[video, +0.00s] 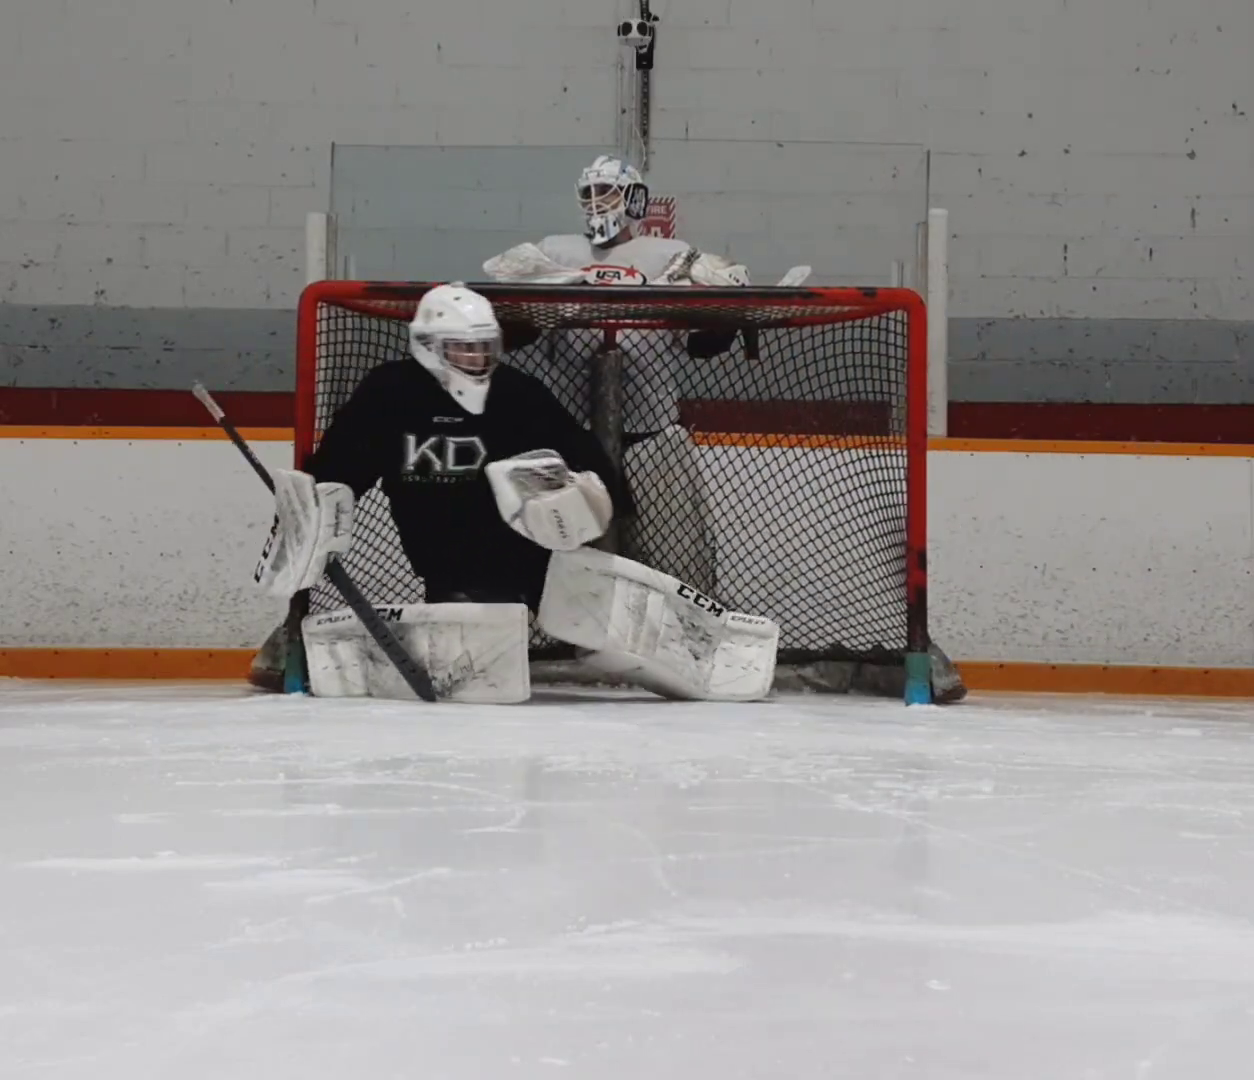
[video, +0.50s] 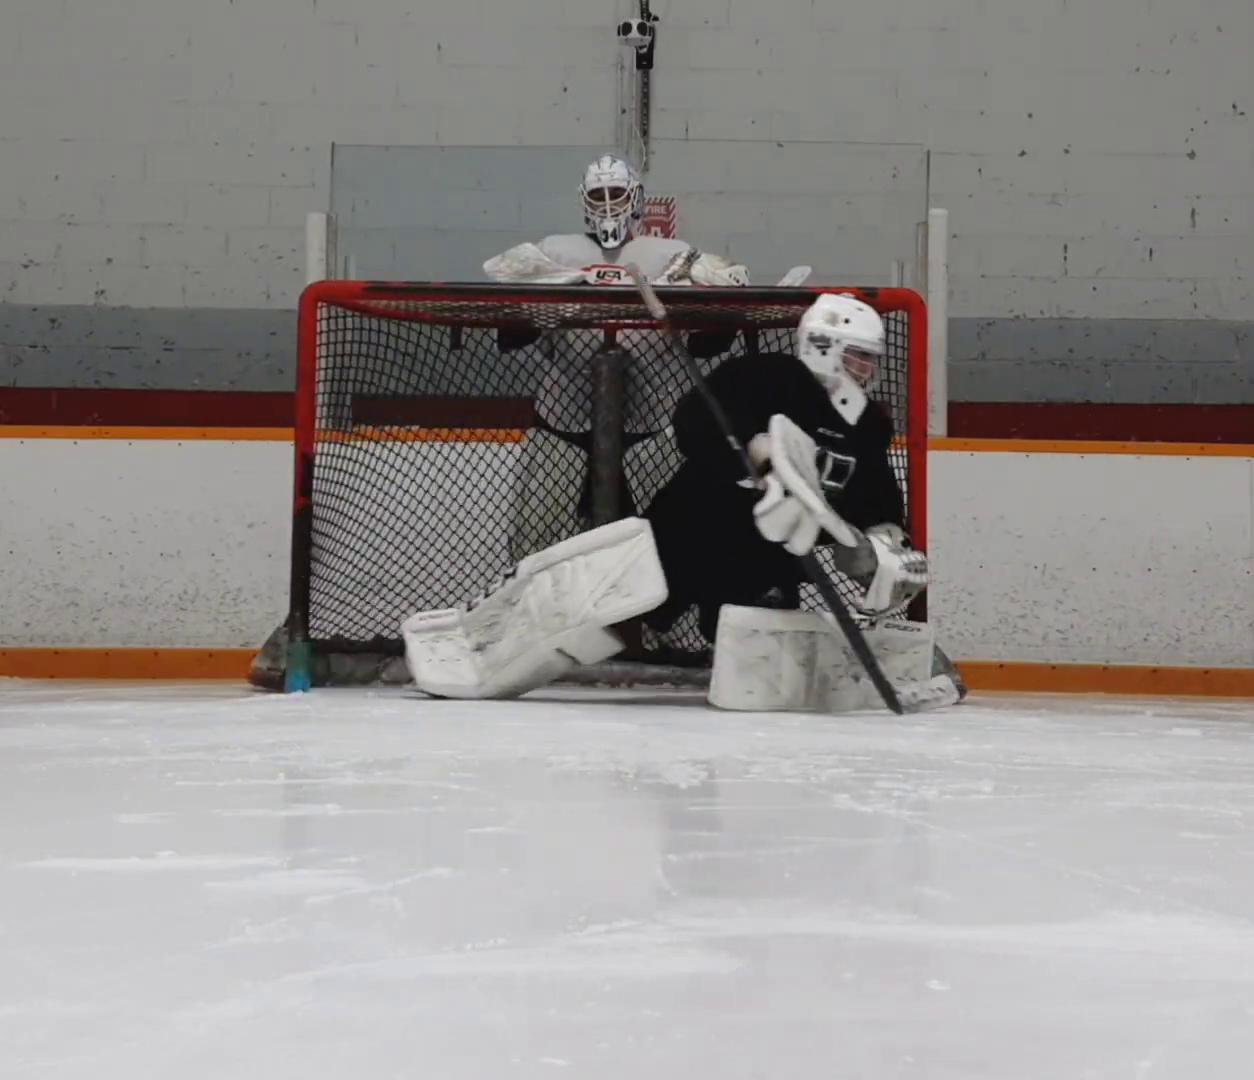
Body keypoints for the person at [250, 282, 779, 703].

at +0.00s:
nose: (476, 358)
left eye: (484, 346)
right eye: (462, 348)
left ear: (495, 343)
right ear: (429, 346)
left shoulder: (518, 388)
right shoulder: (389, 395)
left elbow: (595, 469)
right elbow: (333, 477)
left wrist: (580, 505)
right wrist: (307, 522)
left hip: (536, 564)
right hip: (452, 575)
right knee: (476, 673)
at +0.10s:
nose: (565, 362)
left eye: (569, 351)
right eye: (551, 351)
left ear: (576, 349)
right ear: (510, 346)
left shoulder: (580, 400)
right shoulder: (451, 384)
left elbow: (626, 458)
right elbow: (382, 442)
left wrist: (633, 495)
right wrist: (353, 492)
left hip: (572, 593)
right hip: (477, 588)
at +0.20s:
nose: (648, 364)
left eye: (652, 353)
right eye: (639, 351)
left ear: (648, 353)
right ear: (601, 346)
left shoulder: (655, 411)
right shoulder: (530, 377)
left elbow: (681, 482)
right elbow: (441, 409)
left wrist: (716, 508)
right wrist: (423, 485)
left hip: (611, 584)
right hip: (520, 578)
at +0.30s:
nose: (726, 369)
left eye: (732, 360)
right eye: (716, 356)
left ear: (739, 360)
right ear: (679, 348)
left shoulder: (736, 421)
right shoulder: (620, 379)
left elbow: (746, 490)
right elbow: (517, 398)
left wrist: (791, 506)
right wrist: (550, 445)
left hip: (658, 582)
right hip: (573, 562)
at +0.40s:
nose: (798, 372)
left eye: (806, 362)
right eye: (788, 359)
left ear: (807, 364)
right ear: (751, 347)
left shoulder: (807, 426)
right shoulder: (699, 378)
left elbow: (825, 508)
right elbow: (618, 406)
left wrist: (849, 533)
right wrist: (669, 451)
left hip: (716, 573)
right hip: (631, 552)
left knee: (713, 679)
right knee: (512, 617)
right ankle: (403, 652)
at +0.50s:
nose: (866, 372)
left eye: (872, 362)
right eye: (857, 359)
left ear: (870, 364)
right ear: (818, 348)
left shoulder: (867, 426)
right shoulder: (765, 376)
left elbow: (883, 508)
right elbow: (692, 416)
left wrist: (876, 536)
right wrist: (753, 453)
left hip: (782, 566)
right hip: (695, 539)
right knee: (587, 610)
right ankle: (479, 652)